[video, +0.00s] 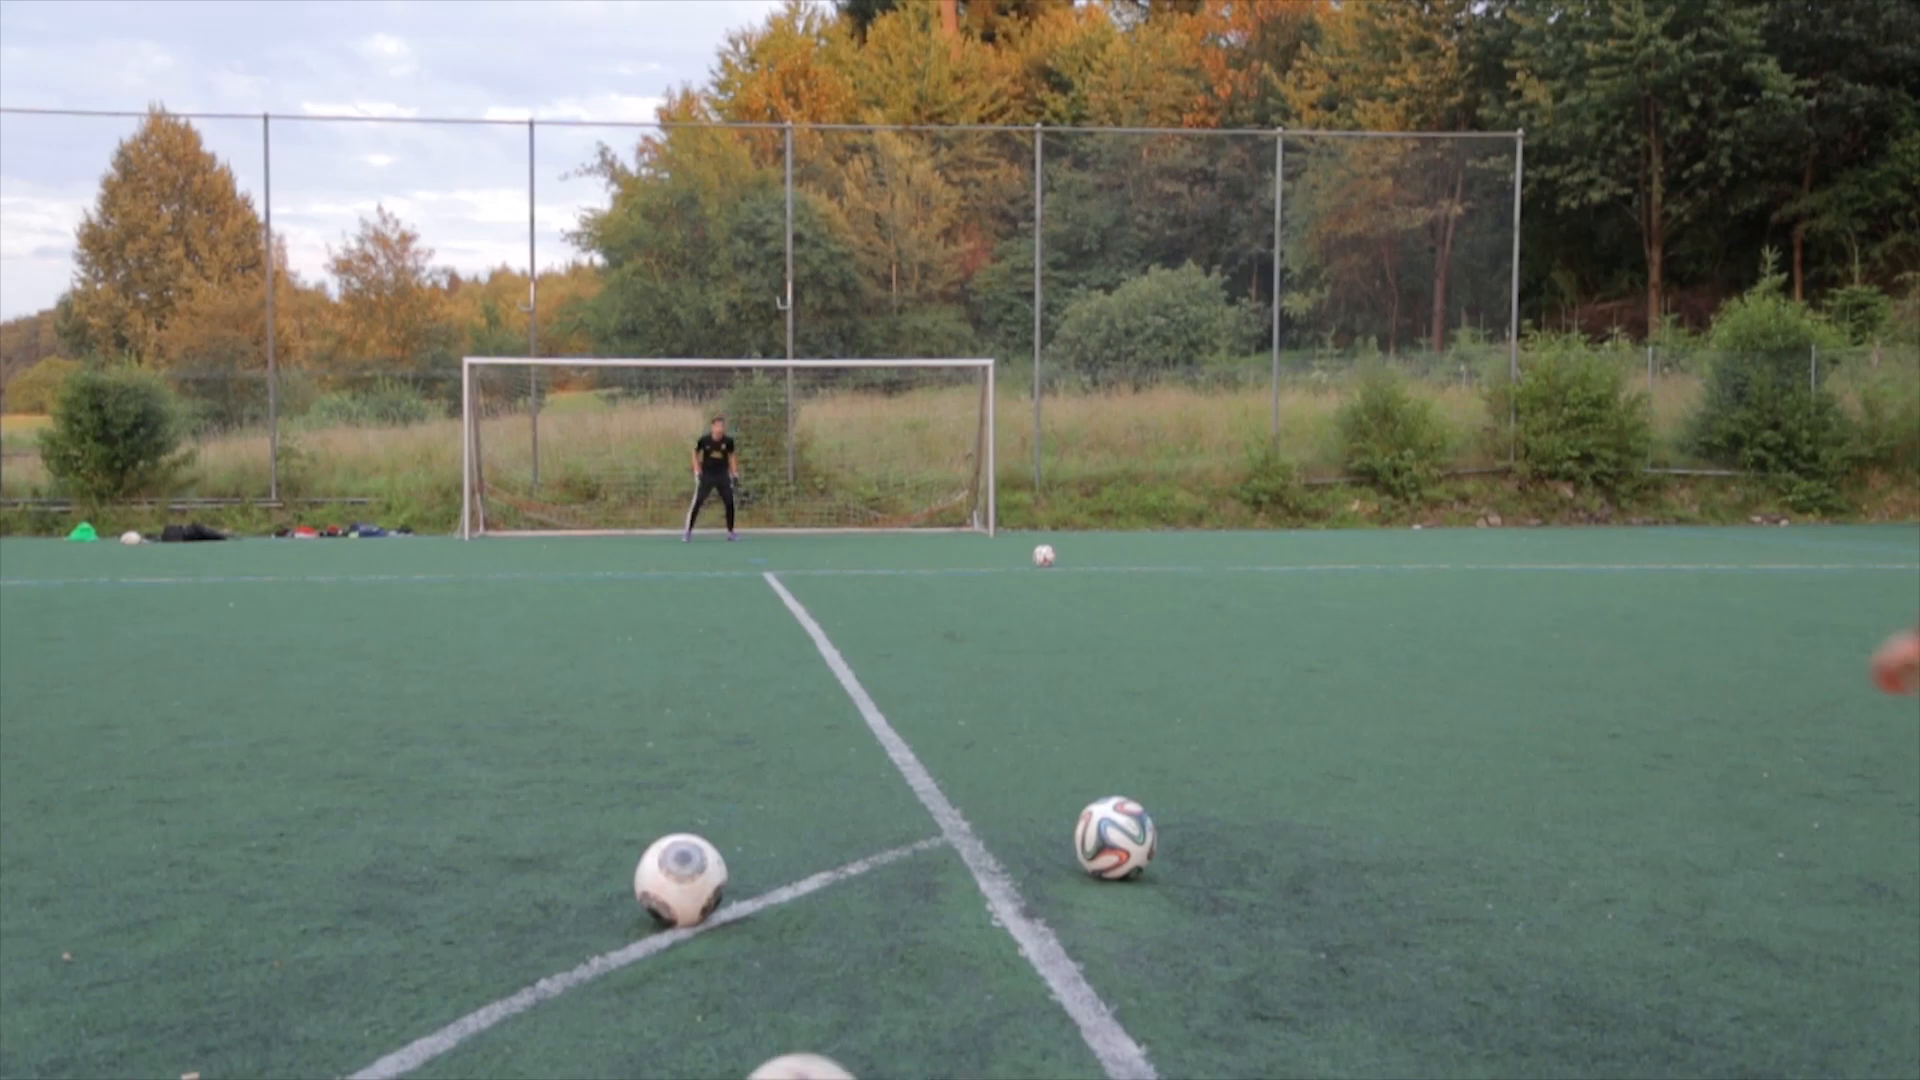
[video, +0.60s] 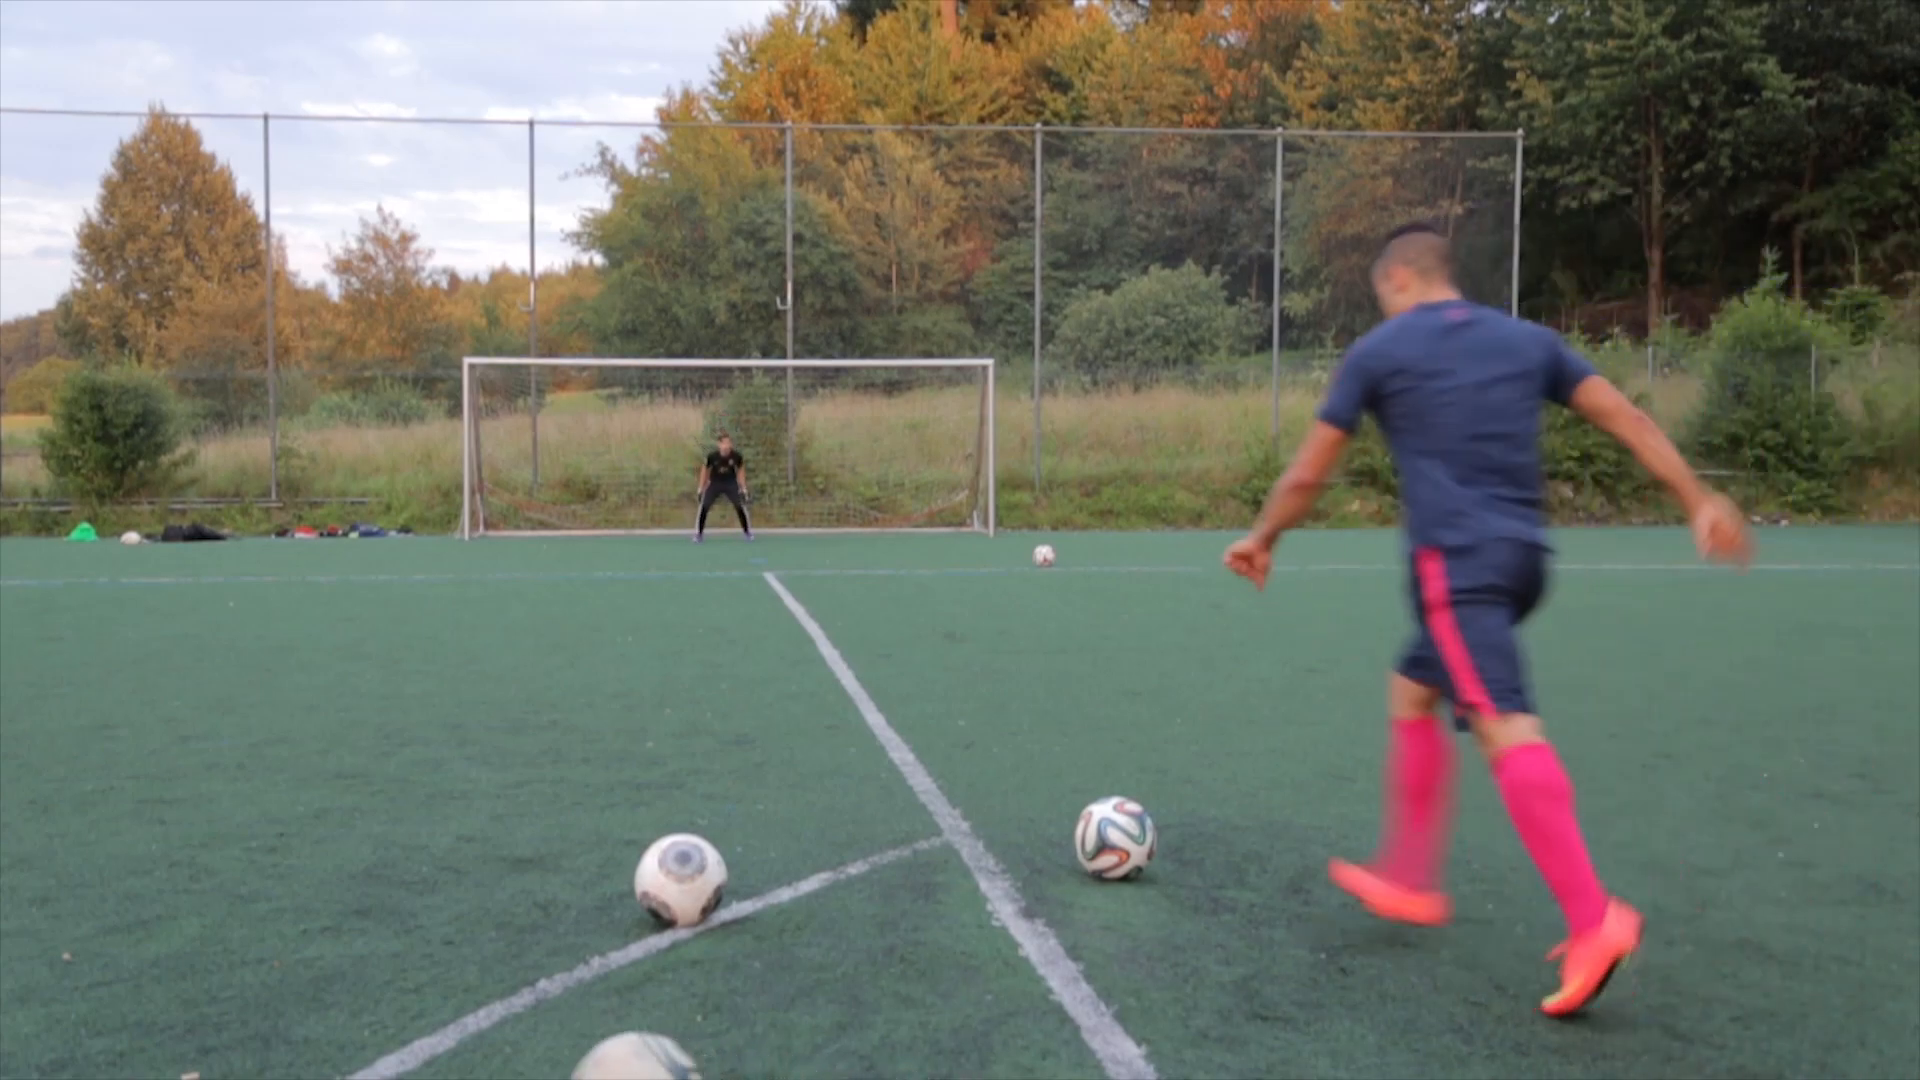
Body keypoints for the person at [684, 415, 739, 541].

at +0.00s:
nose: (718, 429)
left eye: (720, 426)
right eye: (716, 426)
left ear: (724, 428)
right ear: (712, 427)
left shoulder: (728, 442)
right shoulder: (704, 441)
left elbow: (731, 456)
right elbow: (695, 453)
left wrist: (734, 471)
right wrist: (697, 469)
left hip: (723, 476)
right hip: (706, 476)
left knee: (729, 503)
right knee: (697, 502)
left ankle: (730, 530)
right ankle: (688, 531)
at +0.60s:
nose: (726, 446)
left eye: (728, 443)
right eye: (723, 443)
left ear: (731, 444)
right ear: (719, 444)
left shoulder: (736, 457)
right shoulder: (712, 457)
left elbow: (741, 473)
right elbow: (704, 472)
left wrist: (743, 488)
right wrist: (700, 488)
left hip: (731, 486)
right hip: (714, 485)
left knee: (739, 507)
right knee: (704, 507)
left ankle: (747, 532)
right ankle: (699, 534)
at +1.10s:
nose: (755, 447)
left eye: (757, 444)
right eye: (753, 444)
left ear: (760, 444)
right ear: (748, 445)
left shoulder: (768, 454)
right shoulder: (742, 457)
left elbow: (775, 468)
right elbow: (733, 468)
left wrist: (783, 482)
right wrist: (729, 484)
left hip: (765, 483)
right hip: (749, 484)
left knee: (779, 504)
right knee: (743, 505)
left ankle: (795, 530)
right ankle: (746, 532)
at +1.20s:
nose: (756, 458)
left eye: (758, 455)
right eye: (753, 455)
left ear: (762, 454)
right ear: (750, 455)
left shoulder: (770, 463)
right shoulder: (745, 465)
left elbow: (779, 477)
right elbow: (737, 478)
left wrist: (787, 492)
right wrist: (733, 495)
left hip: (767, 490)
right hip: (751, 490)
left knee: (782, 509)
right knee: (742, 506)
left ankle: (795, 532)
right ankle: (745, 533)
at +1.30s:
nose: (747, 461)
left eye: (749, 458)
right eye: (744, 458)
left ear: (753, 456)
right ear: (741, 458)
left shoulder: (763, 465)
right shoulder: (739, 468)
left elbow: (774, 479)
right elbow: (735, 483)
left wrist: (782, 496)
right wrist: (731, 499)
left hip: (762, 492)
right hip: (746, 493)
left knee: (778, 510)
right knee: (733, 508)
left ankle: (794, 533)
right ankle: (737, 534)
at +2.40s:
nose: (674, 419)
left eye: (675, 416)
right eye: (675, 416)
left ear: (678, 417)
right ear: (685, 417)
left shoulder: (683, 434)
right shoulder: (686, 433)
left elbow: (676, 454)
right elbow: (680, 454)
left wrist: (658, 458)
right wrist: (665, 460)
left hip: (682, 469)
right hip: (683, 468)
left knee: (674, 500)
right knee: (671, 500)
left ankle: (679, 534)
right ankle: (679, 532)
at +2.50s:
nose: (672, 418)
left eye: (673, 415)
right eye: (673, 415)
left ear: (676, 416)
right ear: (683, 416)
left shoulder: (681, 433)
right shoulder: (683, 432)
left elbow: (677, 454)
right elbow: (679, 454)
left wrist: (659, 461)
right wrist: (665, 463)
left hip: (680, 469)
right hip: (680, 468)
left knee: (673, 500)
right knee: (671, 500)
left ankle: (679, 534)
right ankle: (678, 532)